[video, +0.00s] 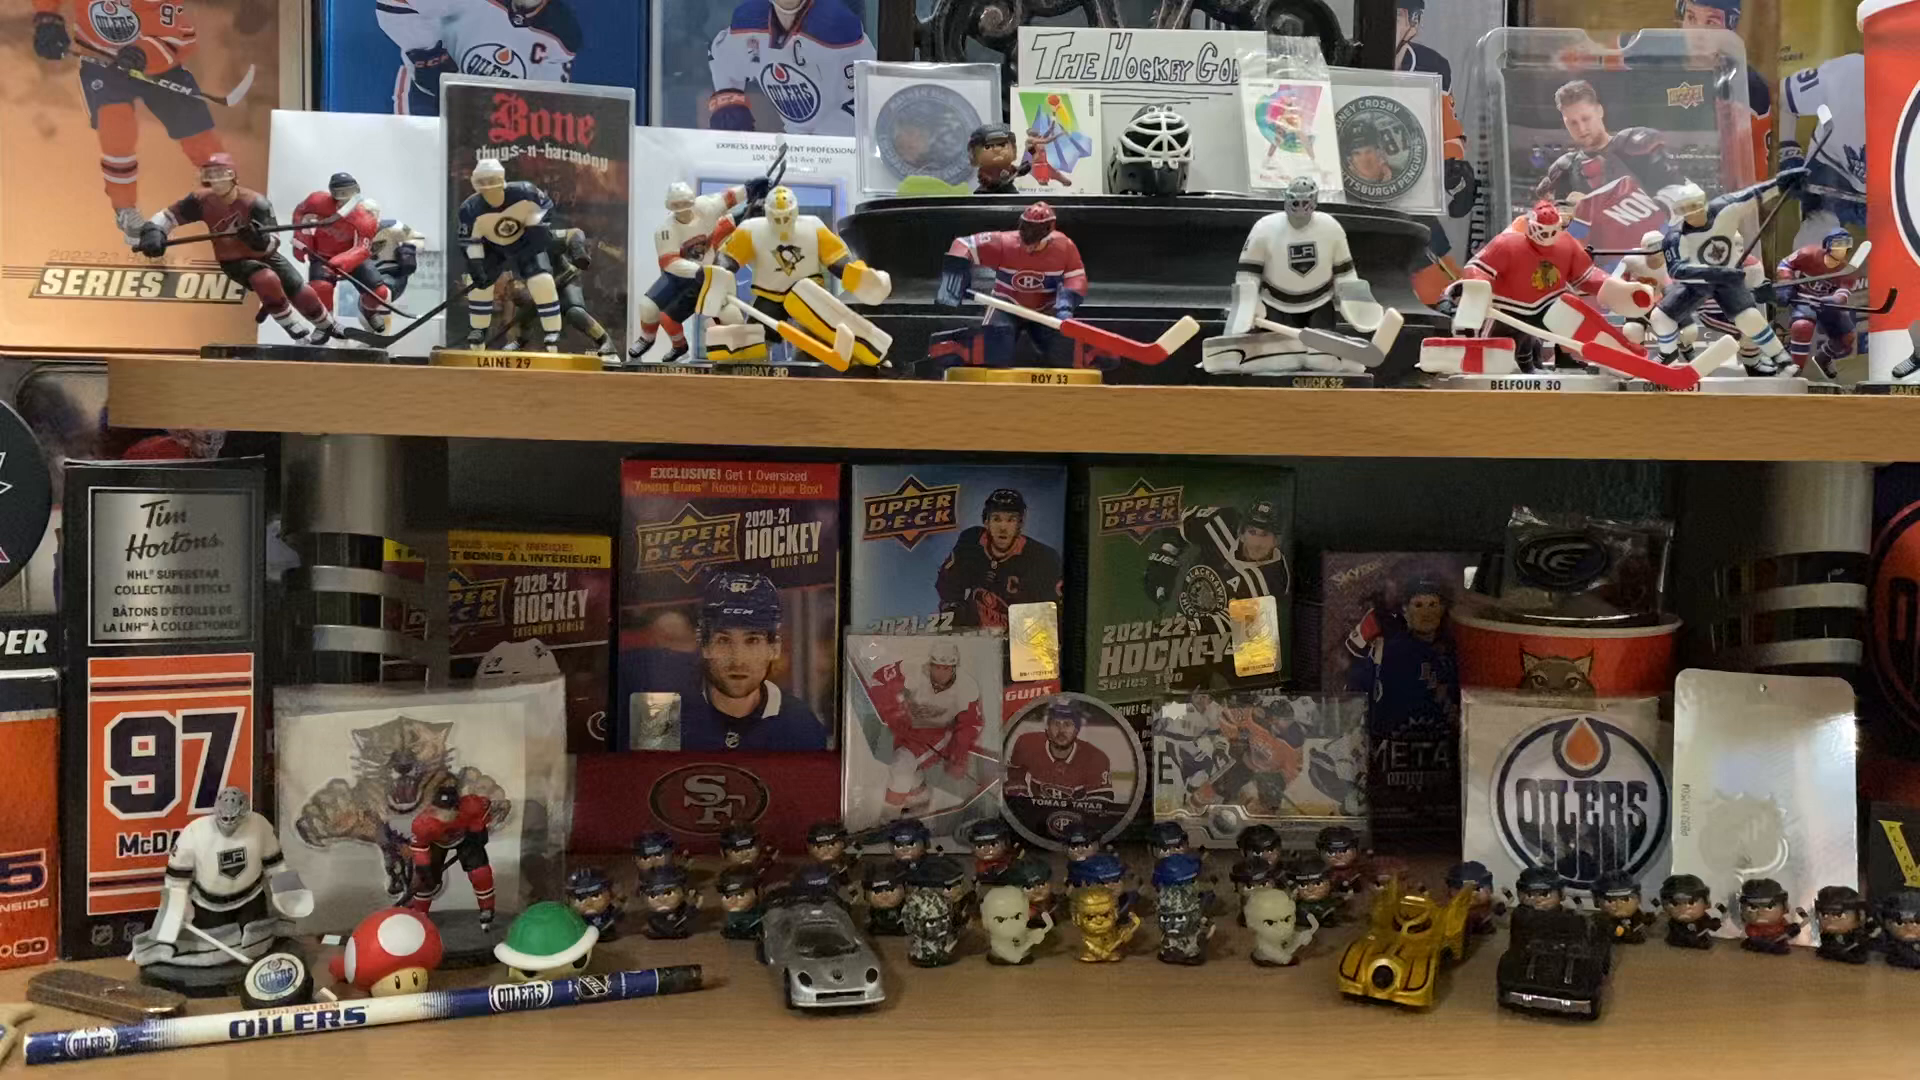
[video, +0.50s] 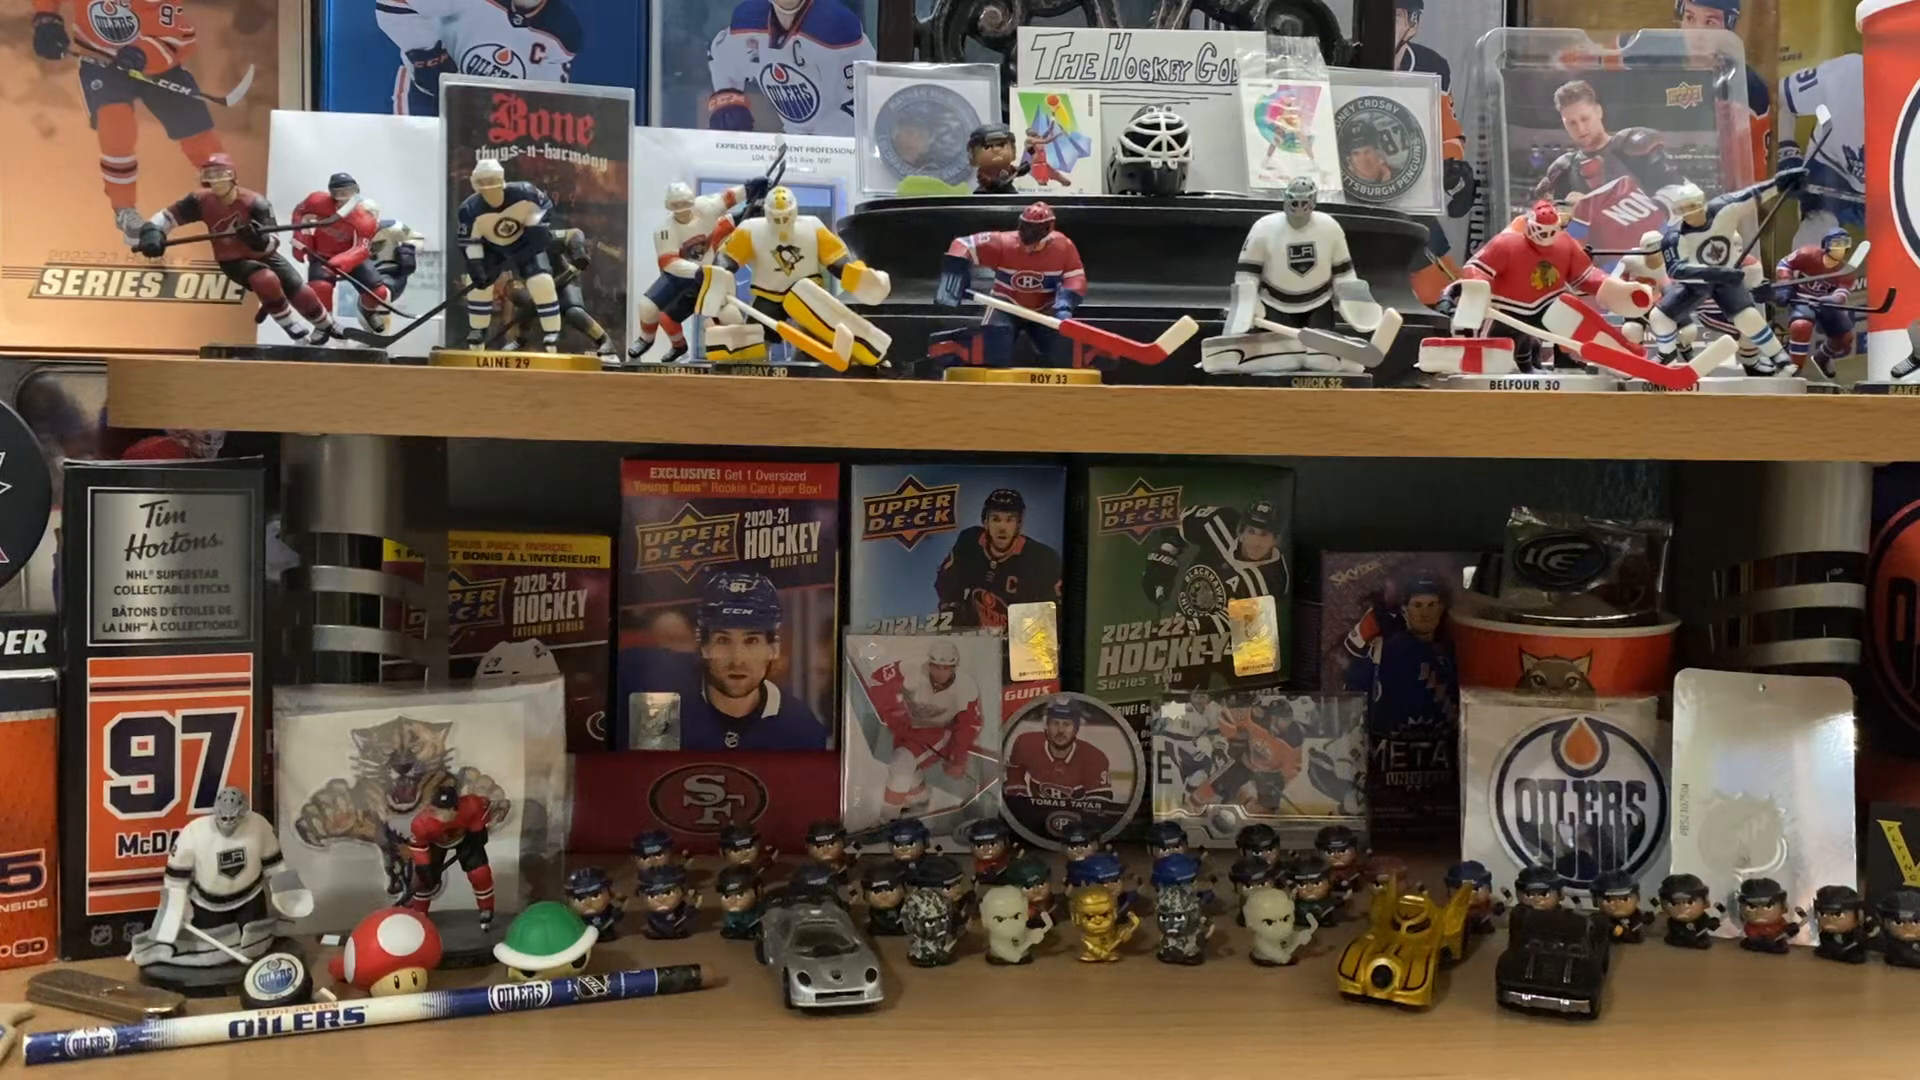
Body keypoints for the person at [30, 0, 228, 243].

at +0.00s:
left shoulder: (162, 6)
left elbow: (183, 39)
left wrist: (143, 53)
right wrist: (47, 18)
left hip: (159, 63)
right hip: (101, 62)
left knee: (204, 148)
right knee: (119, 130)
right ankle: (127, 212)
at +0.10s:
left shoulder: (163, 7)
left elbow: (183, 39)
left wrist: (143, 53)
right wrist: (47, 18)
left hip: (159, 63)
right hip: (101, 62)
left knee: (204, 147)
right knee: (118, 129)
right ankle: (126, 212)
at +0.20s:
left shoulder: (161, 7)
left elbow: (183, 39)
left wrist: (143, 53)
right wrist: (47, 18)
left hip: (158, 62)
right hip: (101, 62)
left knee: (204, 145)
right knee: (118, 128)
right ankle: (126, 211)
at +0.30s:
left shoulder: (161, 7)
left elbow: (182, 39)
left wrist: (142, 54)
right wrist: (46, 18)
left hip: (157, 61)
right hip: (100, 61)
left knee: (203, 144)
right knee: (118, 126)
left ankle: (231, 204)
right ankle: (125, 211)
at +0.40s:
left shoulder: (161, 7)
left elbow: (182, 39)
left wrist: (142, 53)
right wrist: (46, 18)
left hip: (157, 62)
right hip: (100, 62)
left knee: (204, 146)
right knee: (118, 127)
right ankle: (125, 211)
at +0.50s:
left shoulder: (161, 6)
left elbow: (179, 38)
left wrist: (142, 53)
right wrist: (46, 18)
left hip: (158, 62)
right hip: (100, 61)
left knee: (203, 144)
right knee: (118, 127)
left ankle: (230, 202)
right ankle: (125, 211)